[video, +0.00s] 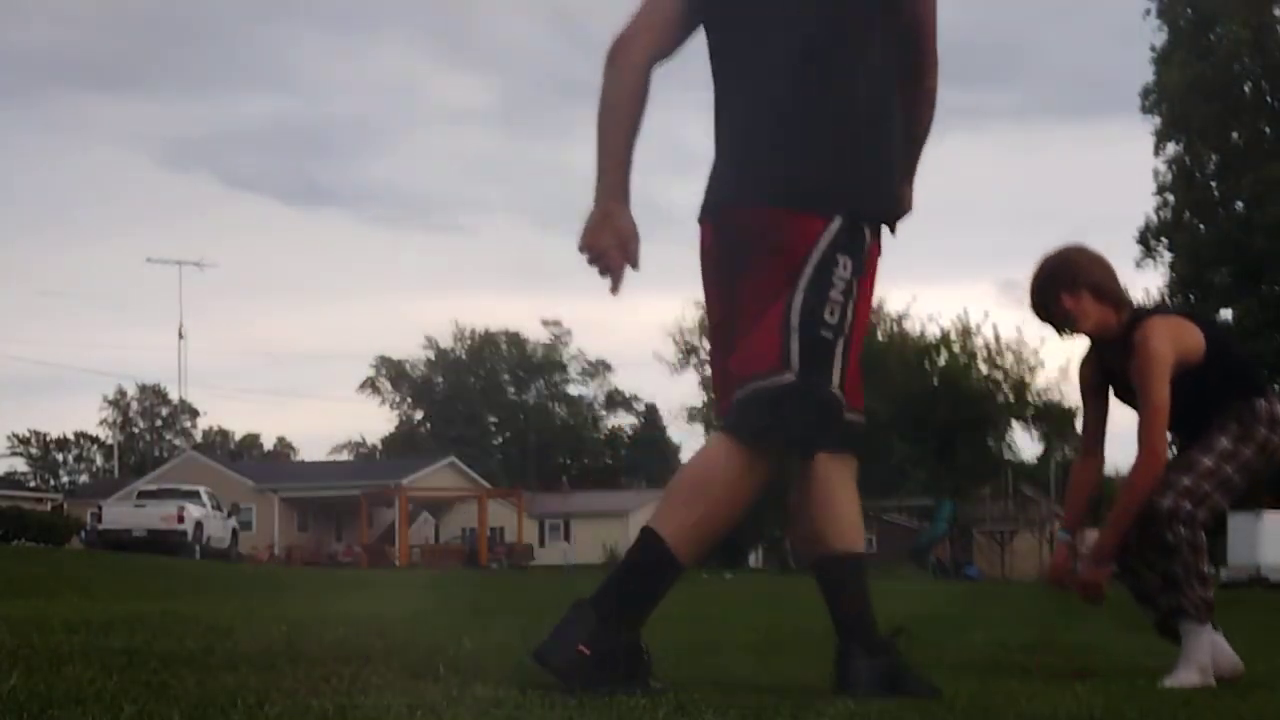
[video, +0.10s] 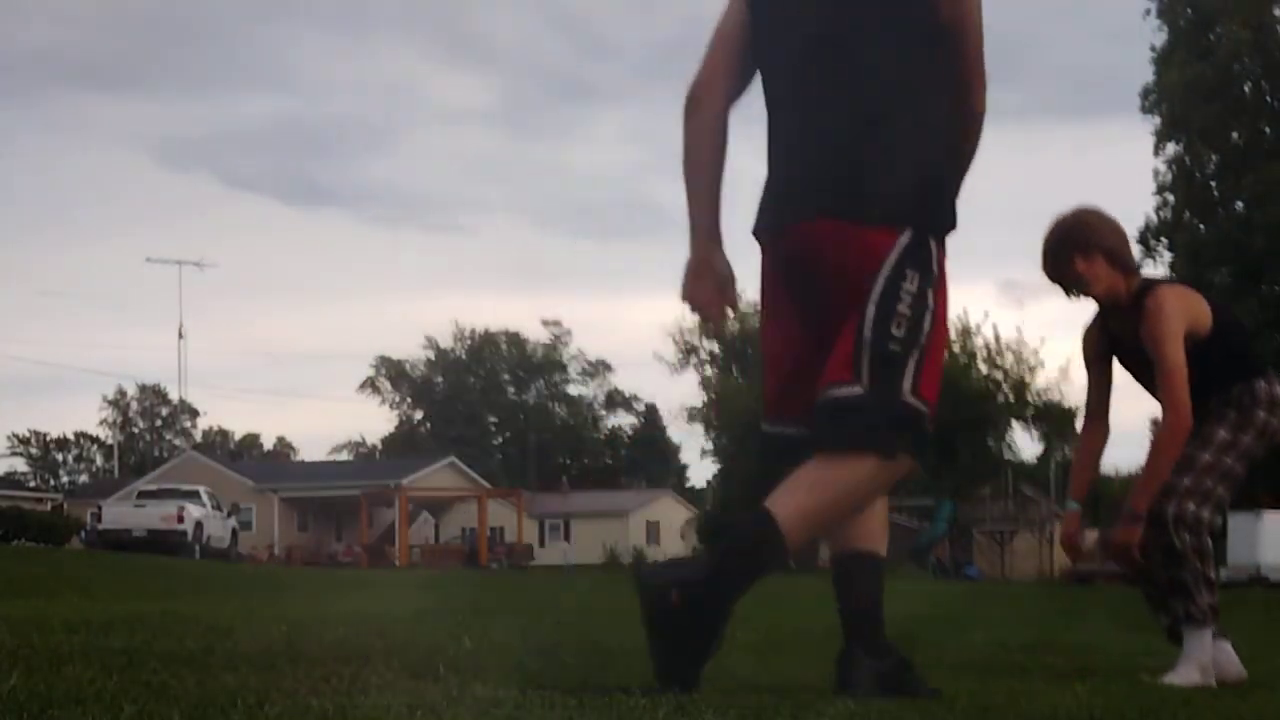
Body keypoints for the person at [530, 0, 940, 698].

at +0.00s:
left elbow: (630, 50)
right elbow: (921, 71)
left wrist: (610, 201)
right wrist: (900, 176)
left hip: (742, 195)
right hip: (832, 200)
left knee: (826, 433)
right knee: (760, 429)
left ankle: (863, 653)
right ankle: (601, 630)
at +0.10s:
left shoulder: (767, 5)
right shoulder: (952, 7)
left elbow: (706, 96)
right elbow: (970, 102)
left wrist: (704, 244)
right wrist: (929, 203)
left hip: (792, 218)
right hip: (895, 219)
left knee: (854, 439)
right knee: (885, 442)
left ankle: (866, 653)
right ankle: (702, 589)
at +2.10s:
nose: (964, 46)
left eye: (977, 34)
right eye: (949, 37)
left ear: (1000, 48)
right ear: (932, 57)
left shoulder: (1040, 139)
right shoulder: (914, 157)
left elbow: (1082, 241)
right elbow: (896, 260)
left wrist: (1079, 337)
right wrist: (853, 324)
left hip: (1023, 332)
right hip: (952, 339)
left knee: (989, 482)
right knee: (985, 490)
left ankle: (966, 624)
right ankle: (1035, 651)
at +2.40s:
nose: (916, 9)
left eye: (930, 0)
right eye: (904, 2)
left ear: (955, 16)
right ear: (887, 18)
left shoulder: (989, 111)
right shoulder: (853, 118)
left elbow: (1026, 225)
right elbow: (842, 228)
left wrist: (1032, 326)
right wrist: (819, 319)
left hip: (957, 310)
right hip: (881, 314)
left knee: (942, 479)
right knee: (879, 483)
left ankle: (952, 632)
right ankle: (957, 600)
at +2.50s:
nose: (897, 2)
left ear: (934, 9)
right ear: (861, 11)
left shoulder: (968, 100)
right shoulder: (829, 108)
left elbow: (1009, 211)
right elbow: (821, 222)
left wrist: (1024, 310)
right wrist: (806, 317)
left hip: (939, 301)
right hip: (856, 306)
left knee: (942, 478)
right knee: (834, 478)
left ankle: (951, 631)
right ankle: (880, 596)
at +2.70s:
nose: (841, 2)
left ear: (868, 6)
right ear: (798, 10)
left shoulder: (916, 89)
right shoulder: (766, 104)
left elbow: (958, 195)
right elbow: (754, 221)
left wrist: (988, 267)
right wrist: (744, 320)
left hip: (891, 297)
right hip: (802, 303)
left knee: (918, 473)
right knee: (787, 471)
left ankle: (945, 636)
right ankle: (717, 639)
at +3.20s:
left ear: (781, 3)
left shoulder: (804, 75)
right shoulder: (744, 58)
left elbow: (775, 171)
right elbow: (704, 151)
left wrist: (784, 261)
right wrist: (685, 239)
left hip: (786, 272)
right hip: (735, 266)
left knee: (809, 454)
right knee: (725, 452)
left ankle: (796, 629)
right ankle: (708, 640)